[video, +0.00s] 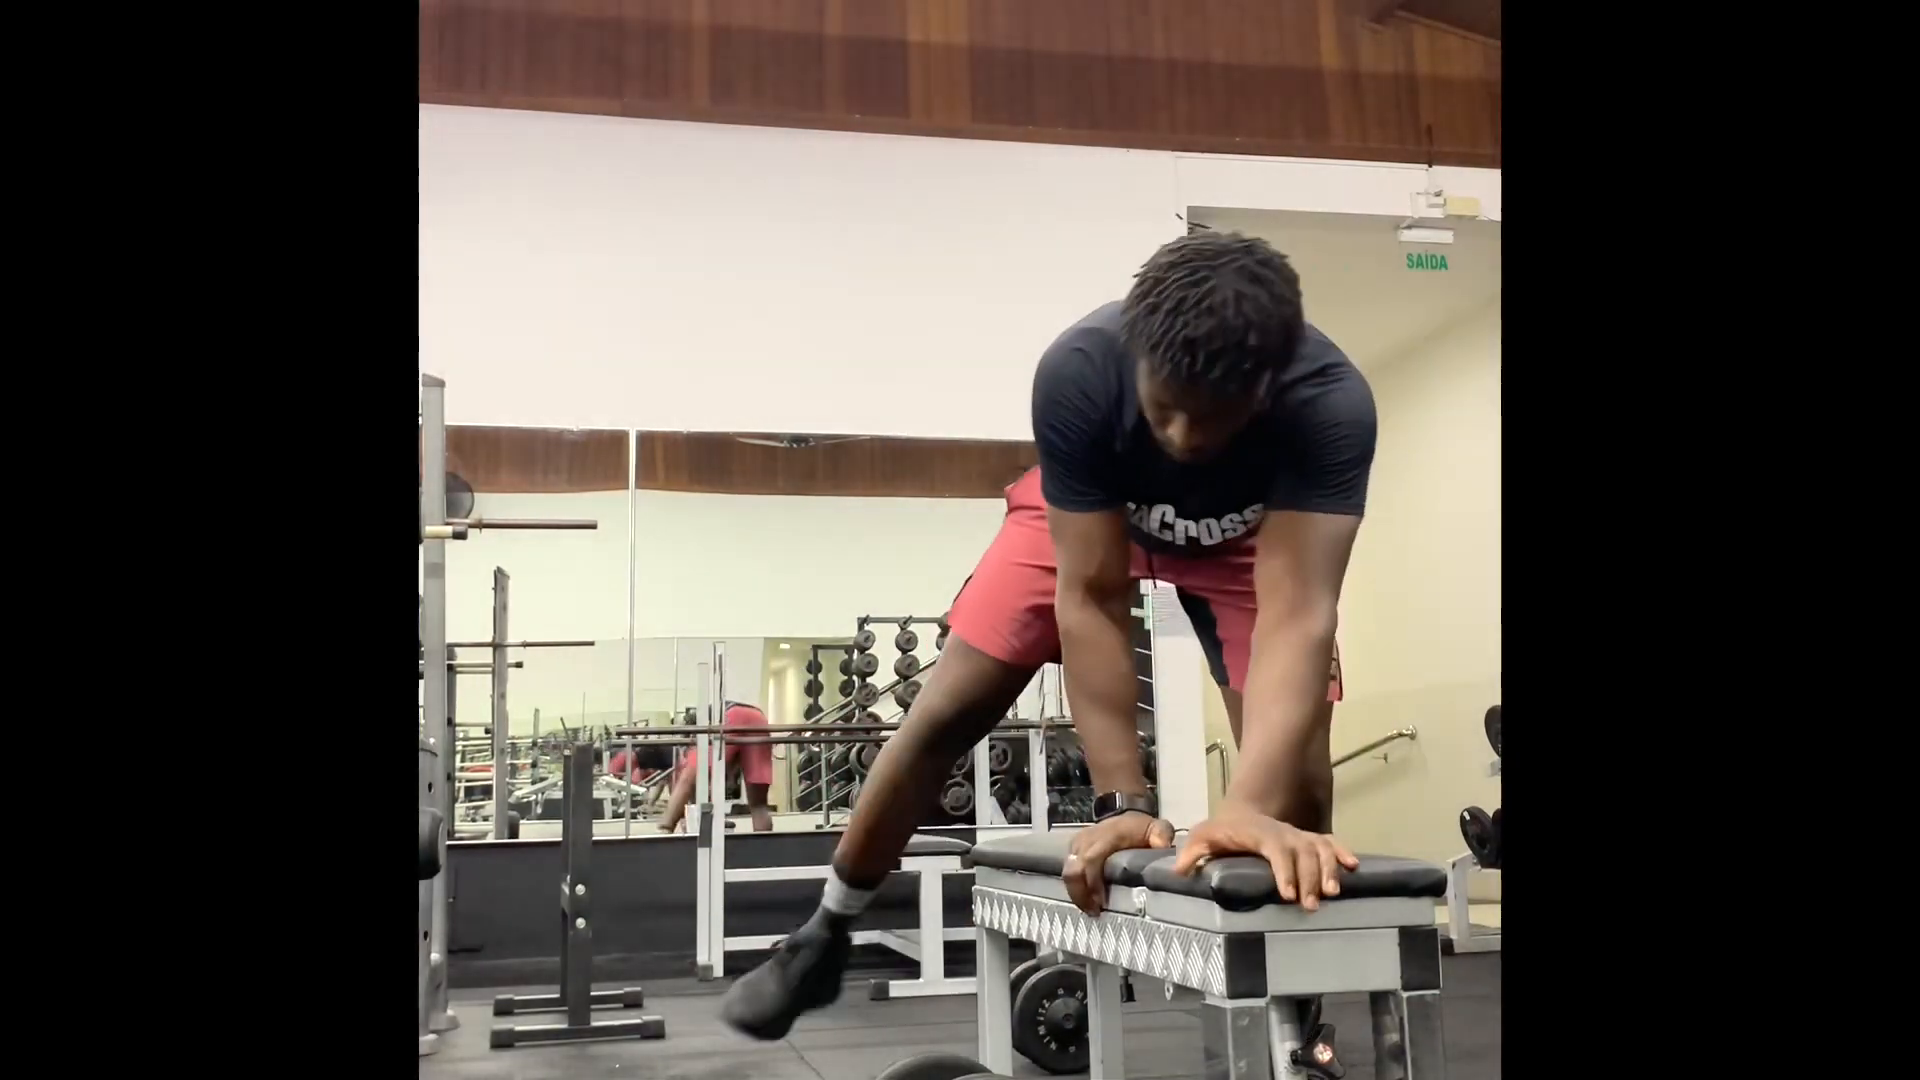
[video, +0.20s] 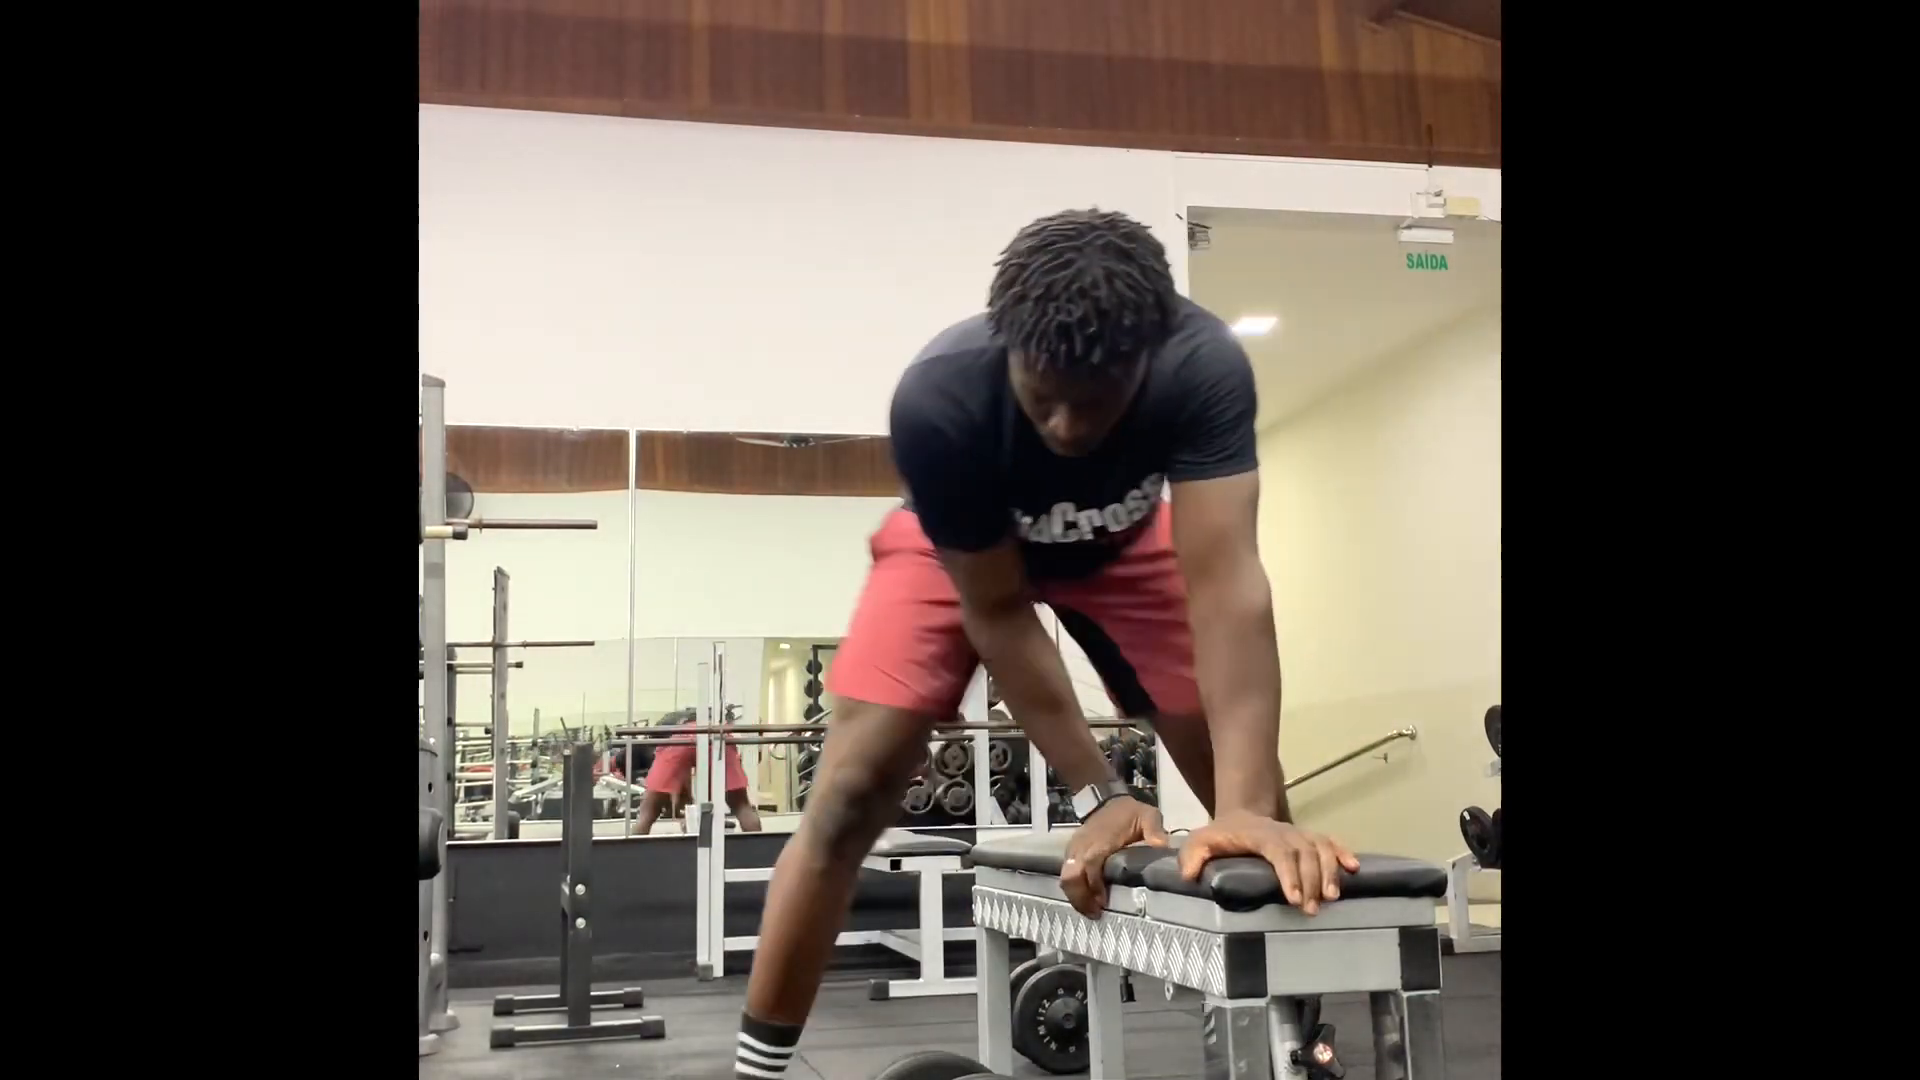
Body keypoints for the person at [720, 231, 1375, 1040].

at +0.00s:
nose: (1183, 438)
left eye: (1211, 421)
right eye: (1165, 413)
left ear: (1267, 381)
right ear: (1140, 359)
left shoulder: (1329, 404)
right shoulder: (1080, 378)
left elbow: (1297, 617)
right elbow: (1090, 596)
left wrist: (1250, 802)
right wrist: (1122, 803)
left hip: (1244, 539)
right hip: (1091, 513)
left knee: (1301, 781)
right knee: (943, 713)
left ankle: (1299, 1019)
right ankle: (822, 938)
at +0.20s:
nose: (1066, 427)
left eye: (1096, 402)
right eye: (1043, 397)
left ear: (1143, 364)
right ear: (1010, 350)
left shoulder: (1204, 368)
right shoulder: (942, 406)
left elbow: (1226, 577)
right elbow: (998, 610)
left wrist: (1250, 807)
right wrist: (1095, 792)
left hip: (1126, 538)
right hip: (959, 542)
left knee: (1245, 776)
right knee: (849, 794)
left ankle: (1299, 1039)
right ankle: (758, 1068)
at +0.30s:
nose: (1005, 456)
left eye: (1033, 433)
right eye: (980, 432)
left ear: (1078, 388)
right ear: (940, 385)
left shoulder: (1130, 366)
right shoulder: (862, 439)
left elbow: (1186, 573)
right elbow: (913, 638)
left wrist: (1244, 806)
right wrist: (1028, 827)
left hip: (1061, 510)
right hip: (885, 538)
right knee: (799, 793)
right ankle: (748, 1074)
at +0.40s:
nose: (955, 480)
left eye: (982, 457)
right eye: (927, 457)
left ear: (1030, 398)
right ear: (890, 411)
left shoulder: (1089, 365)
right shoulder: (834, 487)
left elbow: (1178, 575)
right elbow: (882, 722)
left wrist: (1244, 806)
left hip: (1039, 510)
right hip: (874, 552)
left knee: (1119, 786)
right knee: (791, 797)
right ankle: (745, 1072)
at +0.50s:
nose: (952, 496)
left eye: (980, 470)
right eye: (924, 473)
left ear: (1028, 407)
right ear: (887, 429)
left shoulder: (1086, 369)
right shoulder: (848, 524)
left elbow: (1187, 577)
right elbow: (887, 762)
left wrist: (1244, 806)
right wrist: (924, 1019)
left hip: (1045, 527)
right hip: (876, 561)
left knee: (1103, 810)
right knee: (781, 797)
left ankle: (1041, 795)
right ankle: (742, 1066)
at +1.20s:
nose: (1012, 414)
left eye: (1047, 398)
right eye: (1001, 378)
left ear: (1109, 364)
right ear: (982, 316)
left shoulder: (1151, 363)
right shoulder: (884, 395)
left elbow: (1199, 568)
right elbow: (848, 644)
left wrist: (1251, 804)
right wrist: (901, 880)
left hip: (1030, 552)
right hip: (856, 540)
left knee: (1113, 817)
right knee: (758, 799)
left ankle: (1005, 807)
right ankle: (699, 1067)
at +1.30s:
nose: (1017, 322)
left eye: (1054, 312)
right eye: (1012, 288)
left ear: (1130, 298)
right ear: (1006, 229)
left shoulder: (1176, 347)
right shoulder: (913, 260)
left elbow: (1210, 559)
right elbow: (785, 417)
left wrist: (1253, 806)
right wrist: (835, 588)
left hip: (1024, 560)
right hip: (855, 530)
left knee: (1112, 816)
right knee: (759, 803)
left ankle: (1018, 809)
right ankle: (697, 1072)